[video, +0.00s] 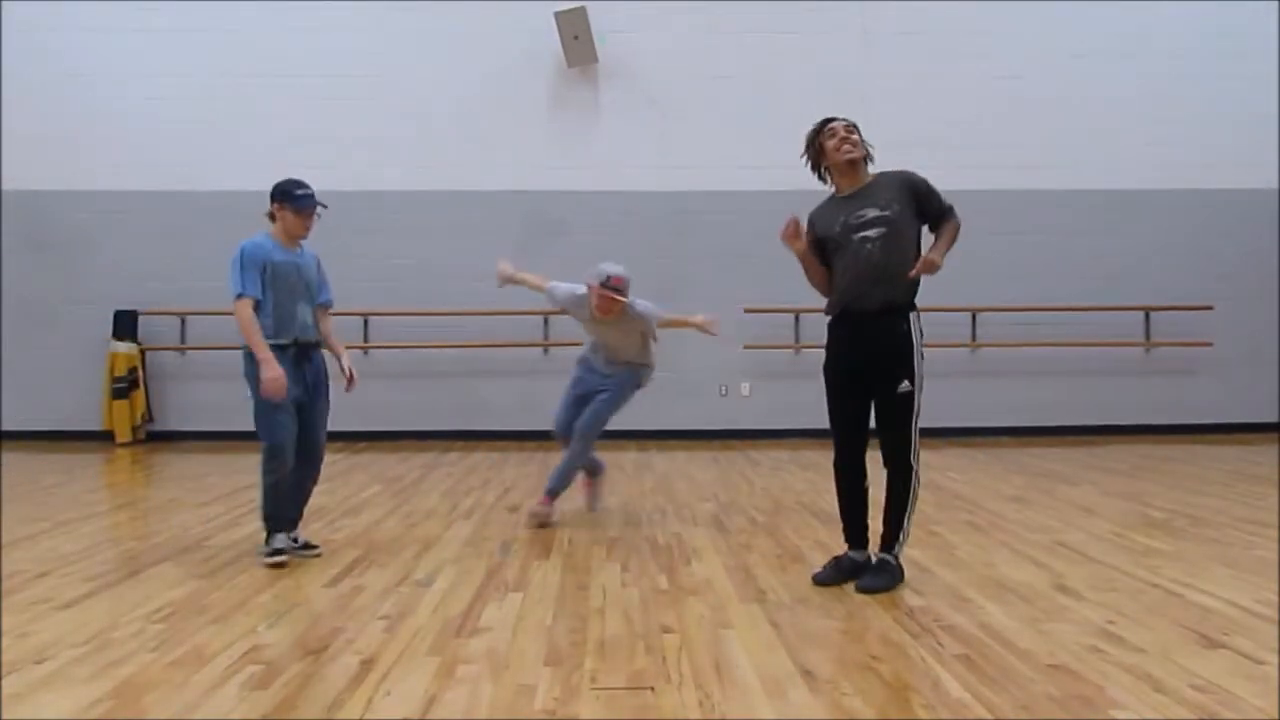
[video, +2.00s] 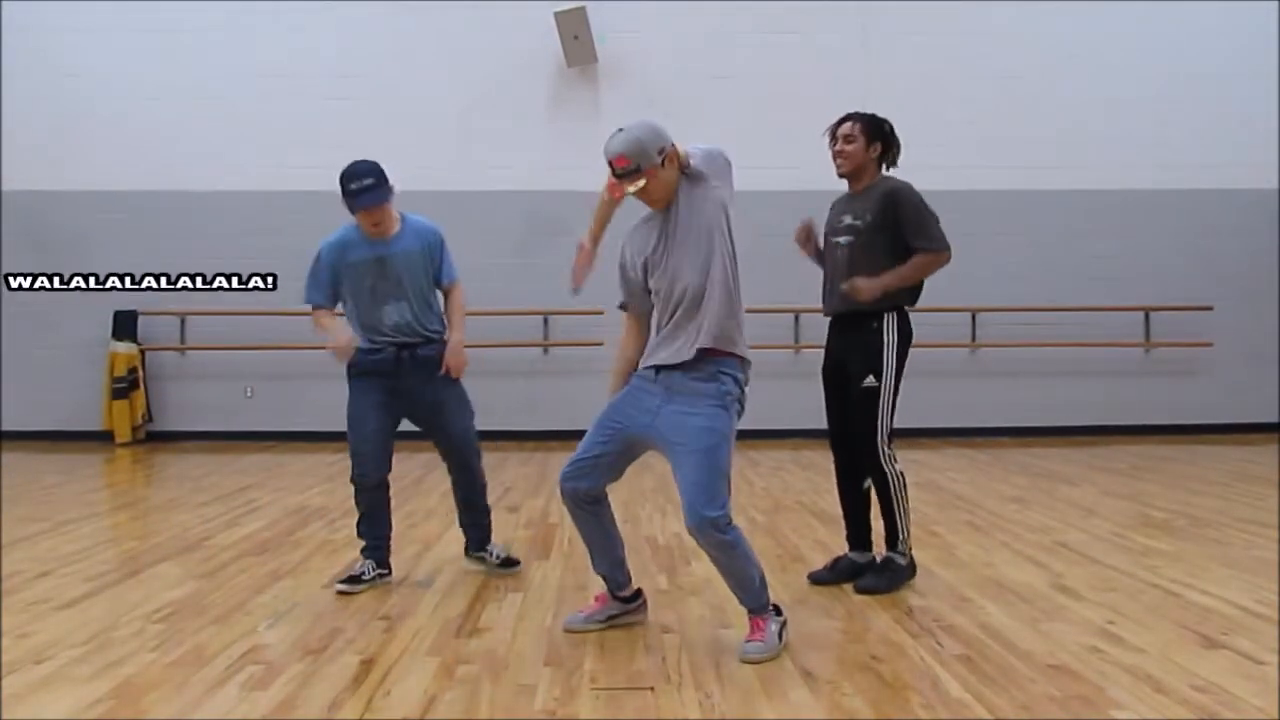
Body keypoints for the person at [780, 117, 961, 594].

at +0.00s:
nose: (845, 137)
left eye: (851, 131)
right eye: (833, 135)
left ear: (865, 146)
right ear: (820, 159)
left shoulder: (902, 184)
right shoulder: (821, 217)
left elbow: (948, 221)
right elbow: (827, 287)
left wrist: (934, 255)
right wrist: (804, 253)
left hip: (895, 329)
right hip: (846, 334)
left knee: (898, 448)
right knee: (848, 448)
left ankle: (890, 555)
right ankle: (856, 550)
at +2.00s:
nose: (838, 148)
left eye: (849, 141)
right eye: (836, 142)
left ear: (877, 149)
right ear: (835, 152)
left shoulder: (898, 195)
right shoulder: (839, 206)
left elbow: (937, 252)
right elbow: (842, 271)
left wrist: (881, 283)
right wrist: (814, 250)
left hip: (881, 330)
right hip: (842, 333)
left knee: (875, 447)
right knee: (845, 447)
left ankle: (900, 556)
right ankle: (859, 551)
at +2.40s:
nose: (858, 151)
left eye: (869, 143)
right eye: (854, 144)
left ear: (897, 149)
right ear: (852, 151)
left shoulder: (917, 197)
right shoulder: (853, 207)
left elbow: (940, 267)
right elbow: (856, 277)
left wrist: (878, 273)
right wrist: (824, 277)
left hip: (908, 332)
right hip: (865, 335)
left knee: (925, 449)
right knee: (852, 447)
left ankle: (961, 571)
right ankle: (860, 555)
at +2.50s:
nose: (873, 150)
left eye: (884, 141)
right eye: (868, 142)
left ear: (912, 147)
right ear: (863, 151)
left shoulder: (931, 193)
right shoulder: (860, 207)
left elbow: (948, 261)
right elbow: (849, 277)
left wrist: (882, 245)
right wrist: (830, 253)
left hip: (921, 333)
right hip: (875, 336)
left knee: (944, 453)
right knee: (858, 450)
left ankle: (979, 572)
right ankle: (861, 555)